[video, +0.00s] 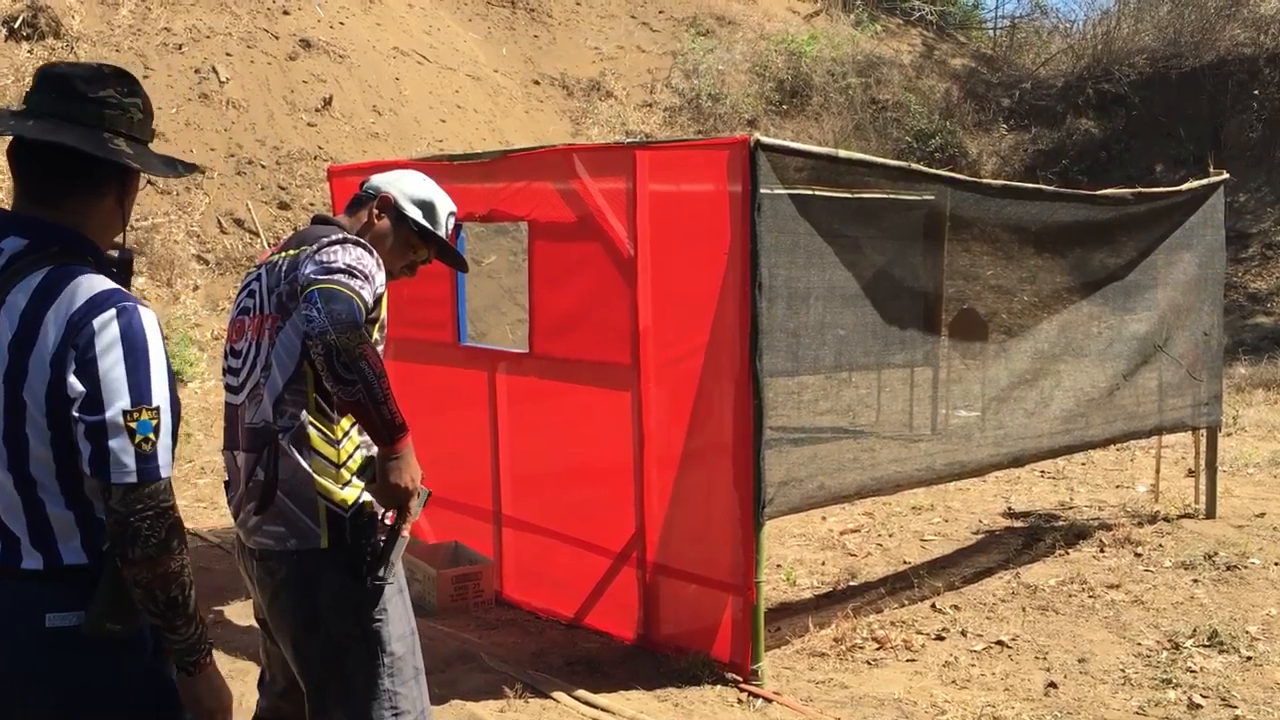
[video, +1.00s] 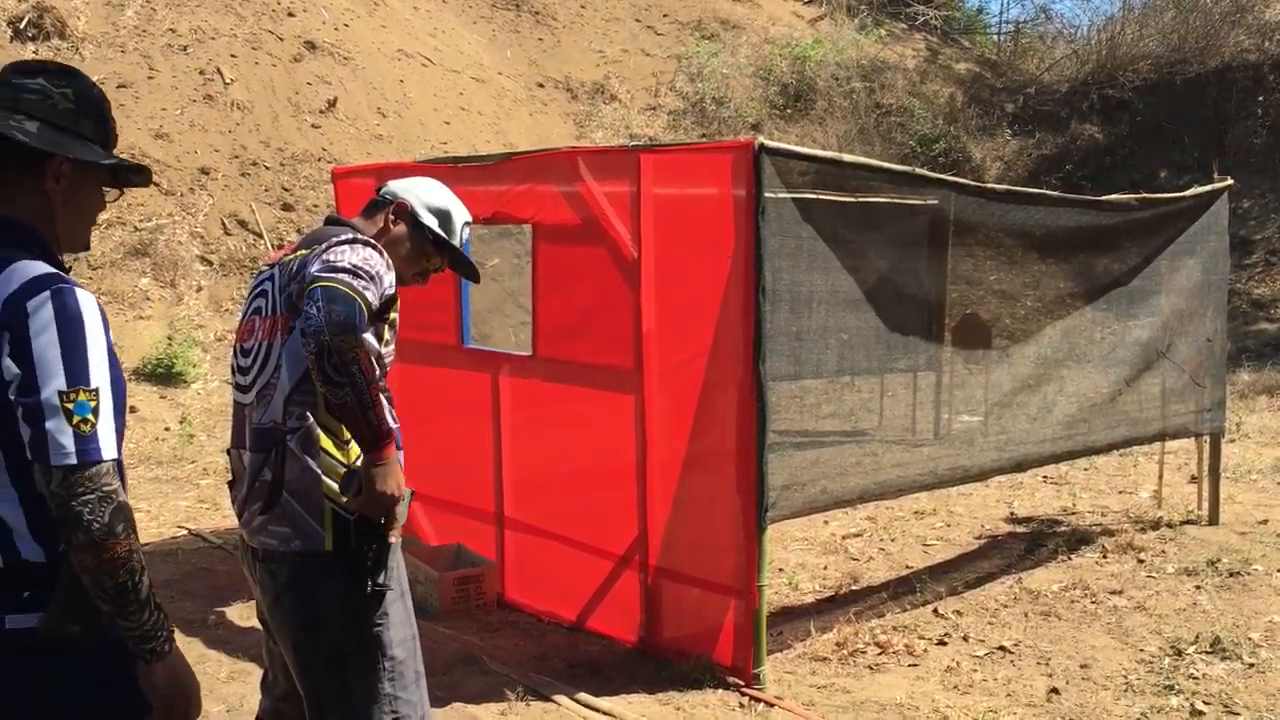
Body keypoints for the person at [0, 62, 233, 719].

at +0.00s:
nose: (138, 194)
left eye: (137, 176)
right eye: (139, 178)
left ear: (14, 164)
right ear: (125, 185)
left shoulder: (8, 271)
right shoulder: (108, 319)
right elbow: (143, 528)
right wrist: (196, 664)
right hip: (81, 625)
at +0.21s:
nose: (100, 198)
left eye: (103, 181)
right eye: (101, 181)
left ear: (4, 180)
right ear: (81, 186)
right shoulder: (63, 316)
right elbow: (94, 525)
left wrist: (57, 287)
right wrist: (149, 659)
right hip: (48, 643)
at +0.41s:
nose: (76, 195)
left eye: (76, 178)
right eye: (71, 178)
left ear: (13, 178)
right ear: (41, 183)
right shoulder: (33, 309)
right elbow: (60, 518)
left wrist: (34, 294)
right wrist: (123, 652)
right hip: (35, 646)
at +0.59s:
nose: (62, 205)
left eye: (63, 188)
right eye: (58, 186)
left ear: (18, 183)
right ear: (19, 182)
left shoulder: (21, 292)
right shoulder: (21, 298)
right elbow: (40, 491)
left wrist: (20, 276)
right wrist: (113, 638)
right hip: (33, 639)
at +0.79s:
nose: (73, 206)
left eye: (75, 185)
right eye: (67, 182)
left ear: (22, 178)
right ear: (24, 176)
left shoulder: (17, 286)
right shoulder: (27, 295)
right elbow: (55, 496)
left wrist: (34, 276)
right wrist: (126, 640)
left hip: (17, 635)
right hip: (37, 644)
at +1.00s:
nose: (106, 203)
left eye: (107, 185)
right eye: (101, 183)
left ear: (46, 178)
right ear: (56, 178)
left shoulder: (21, 291)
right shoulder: (51, 302)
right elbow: (91, 516)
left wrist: (148, 639)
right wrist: (158, 646)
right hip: (51, 644)